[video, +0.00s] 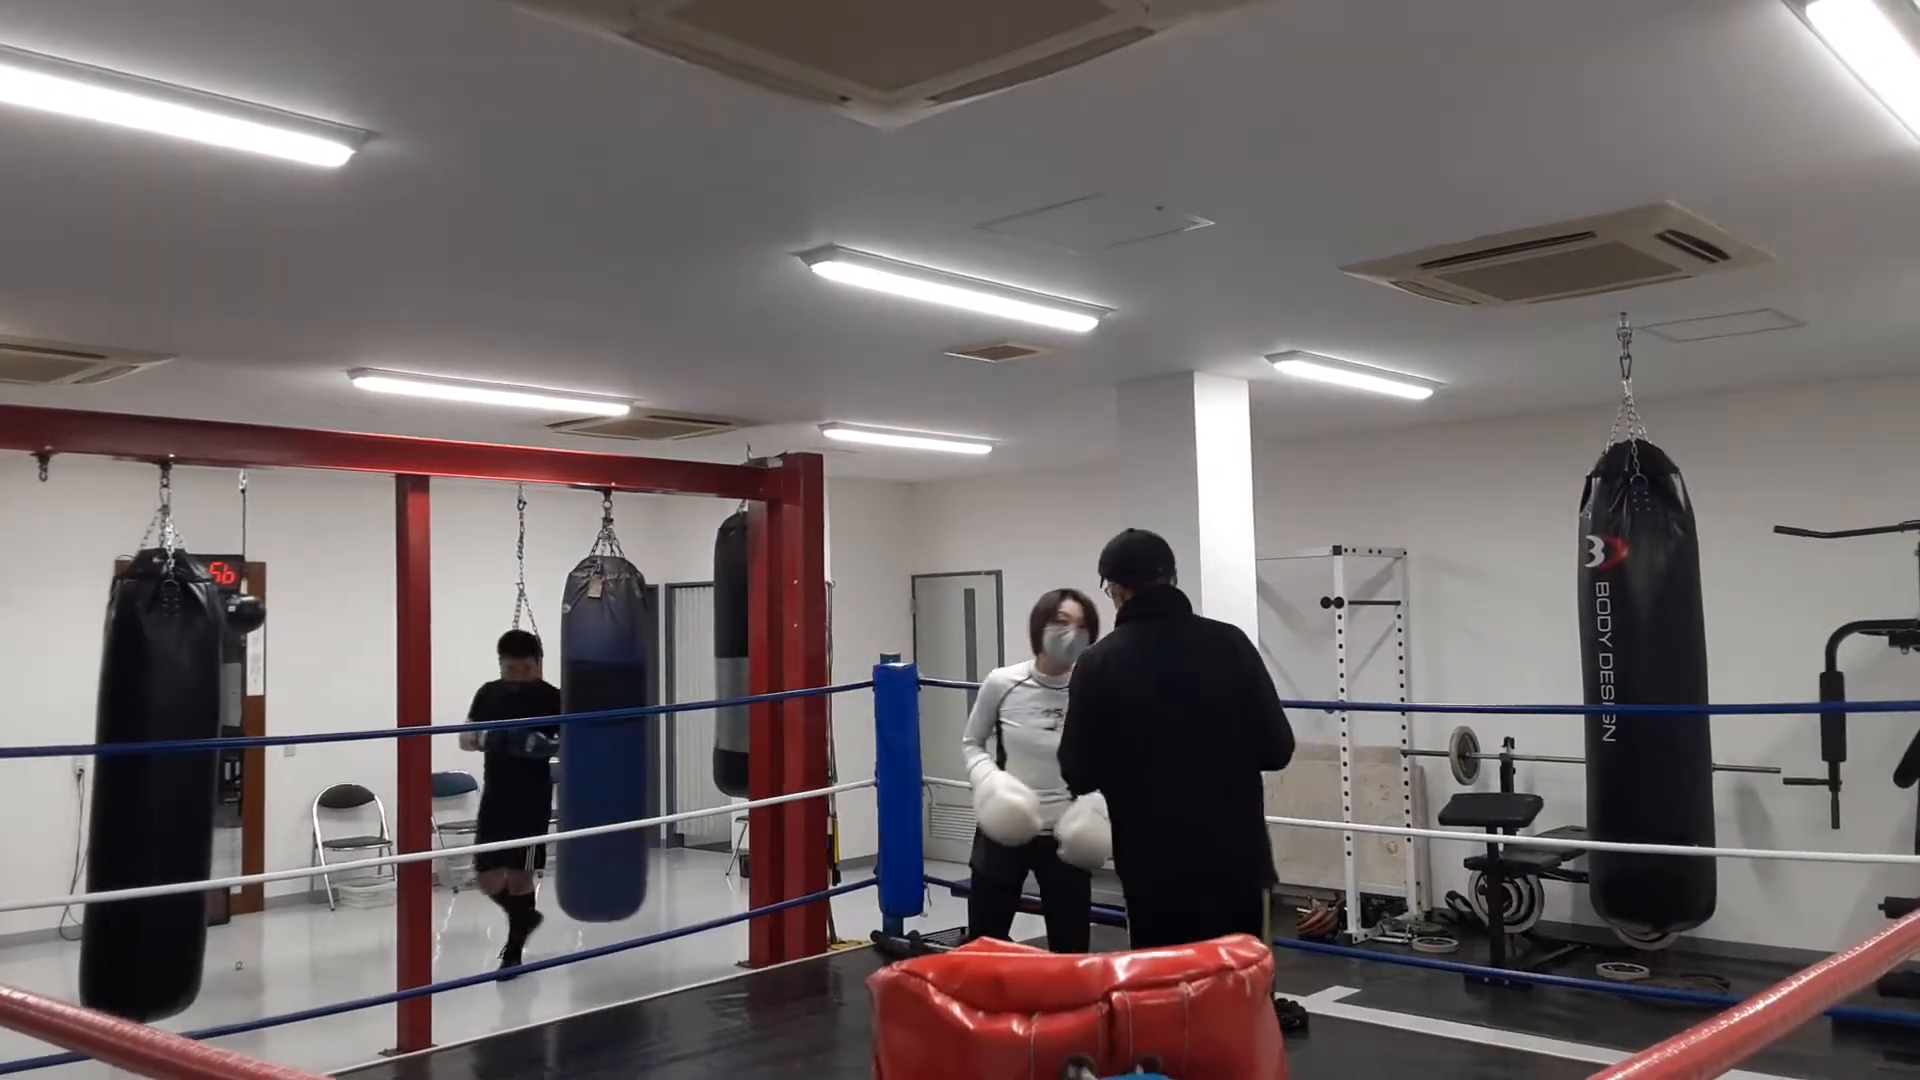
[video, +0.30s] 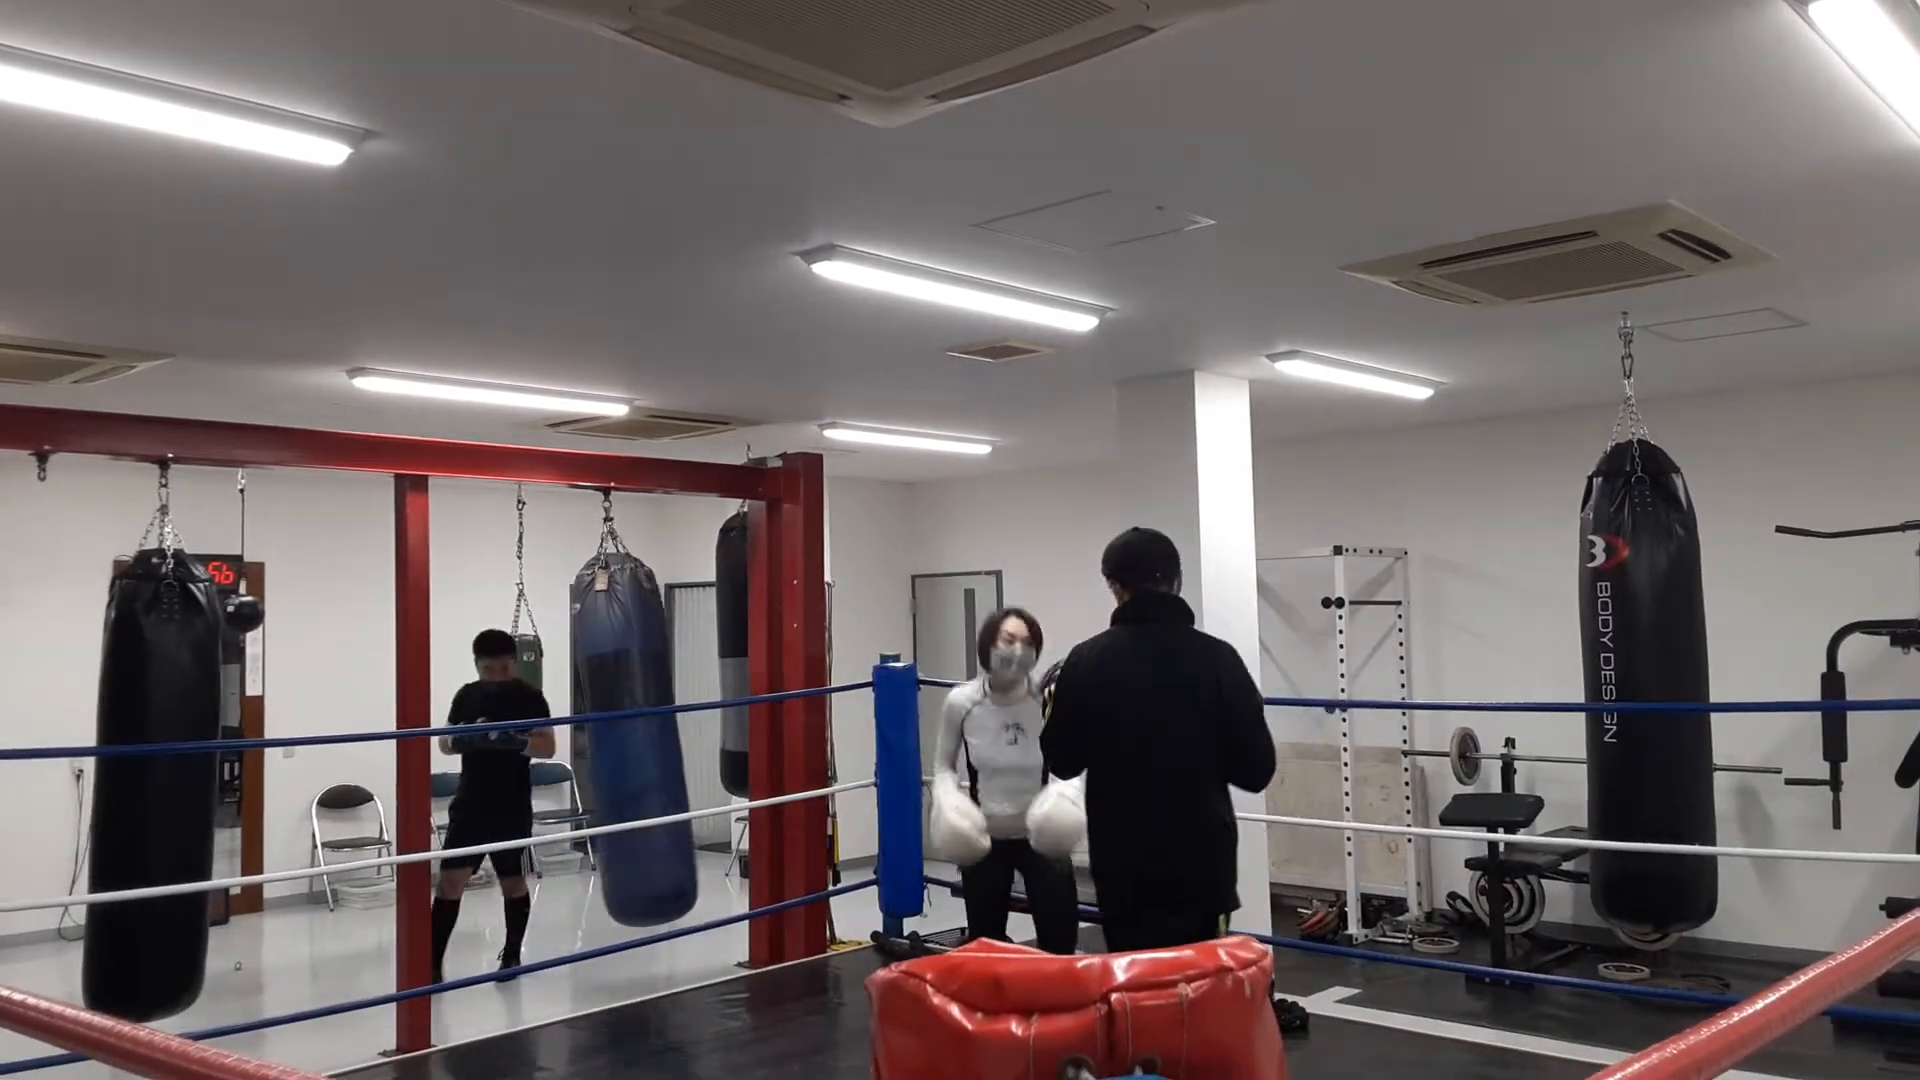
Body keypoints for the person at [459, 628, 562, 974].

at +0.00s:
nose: (514, 675)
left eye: (522, 668)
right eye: (508, 667)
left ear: (538, 663)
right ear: (501, 664)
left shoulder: (553, 698)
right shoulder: (489, 693)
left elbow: (572, 739)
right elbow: (465, 739)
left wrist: (551, 745)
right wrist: (488, 740)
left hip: (534, 791)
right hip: (497, 790)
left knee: (520, 874)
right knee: (487, 874)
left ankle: (512, 951)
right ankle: (523, 915)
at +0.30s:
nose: (495, 673)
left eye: (502, 666)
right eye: (488, 666)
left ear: (513, 663)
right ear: (478, 665)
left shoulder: (529, 697)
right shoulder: (467, 696)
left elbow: (548, 747)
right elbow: (446, 745)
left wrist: (520, 741)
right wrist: (468, 737)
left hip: (511, 800)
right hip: (470, 800)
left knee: (512, 879)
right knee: (450, 878)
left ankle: (512, 955)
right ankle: (433, 966)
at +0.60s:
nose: (465, 674)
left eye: (471, 665)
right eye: (456, 667)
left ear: (481, 661)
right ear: (443, 665)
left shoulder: (499, 699)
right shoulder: (428, 700)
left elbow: (520, 748)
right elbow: (409, 745)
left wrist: (486, 746)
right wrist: (434, 746)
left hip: (479, 808)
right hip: (434, 808)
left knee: (479, 884)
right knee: (432, 887)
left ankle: (500, 943)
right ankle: (429, 967)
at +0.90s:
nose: (458, 675)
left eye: (465, 666)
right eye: (450, 667)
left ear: (473, 664)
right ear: (432, 663)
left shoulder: (479, 702)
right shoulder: (405, 701)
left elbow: (501, 752)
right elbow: (378, 754)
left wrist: (480, 744)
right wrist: (422, 747)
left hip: (462, 810)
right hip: (417, 812)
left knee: (455, 894)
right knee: (420, 896)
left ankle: (451, 981)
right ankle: (428, 977)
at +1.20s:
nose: (469, 678)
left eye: (473, 670)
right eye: (462, 670)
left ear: (476, 666)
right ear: (437, 664)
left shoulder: (471, 706)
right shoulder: (398, 699)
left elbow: (492, 756)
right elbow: (369, 752)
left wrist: (474, 752)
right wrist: (415, 750)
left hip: (452, 814)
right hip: (402, 814)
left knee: (449, 901)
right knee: (395, 906)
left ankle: (445, 986)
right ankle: (407, 969)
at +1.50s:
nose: (450, 677)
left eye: (454, 669)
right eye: (445, 668)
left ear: (449, 667)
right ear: (422, 662)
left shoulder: (442, 704)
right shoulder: (375, 703)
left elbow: (463, 750)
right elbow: (350, 760)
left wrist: (456, 748)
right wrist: (396, 753)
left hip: (430, 811)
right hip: (385, 814)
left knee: (439, 899)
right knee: (380, 906)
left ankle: (442, 987)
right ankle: (339, 998)